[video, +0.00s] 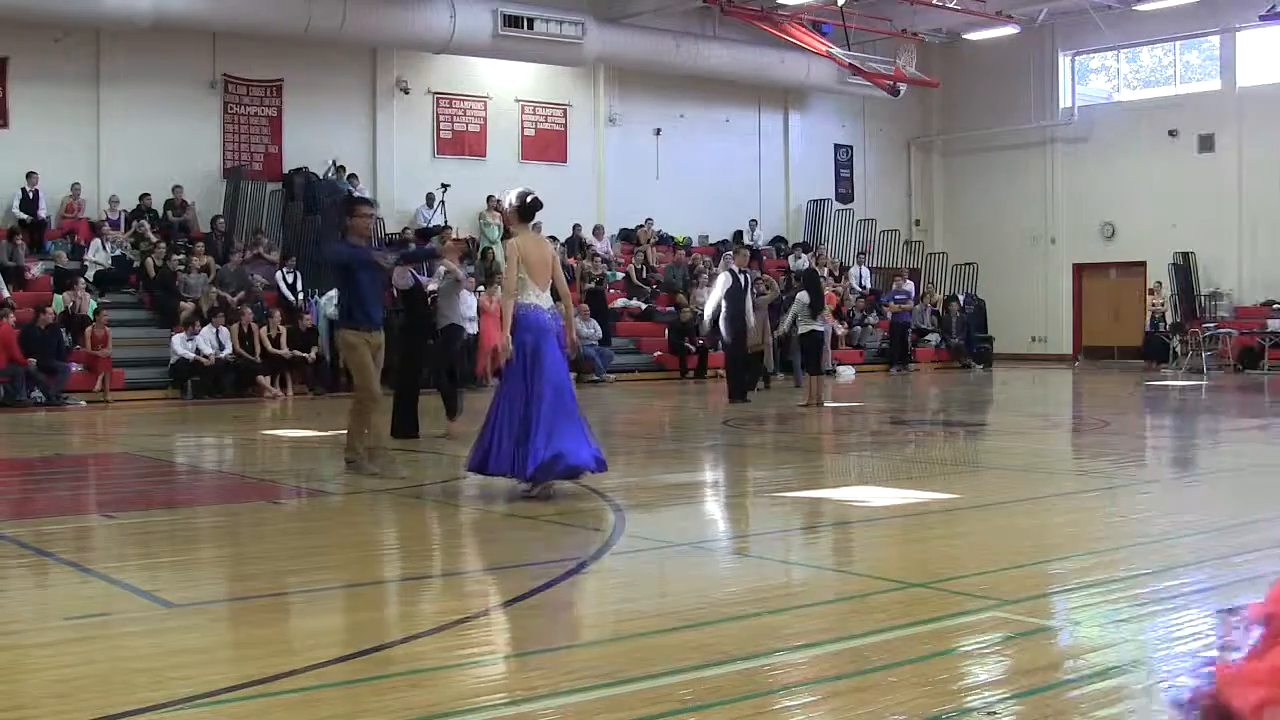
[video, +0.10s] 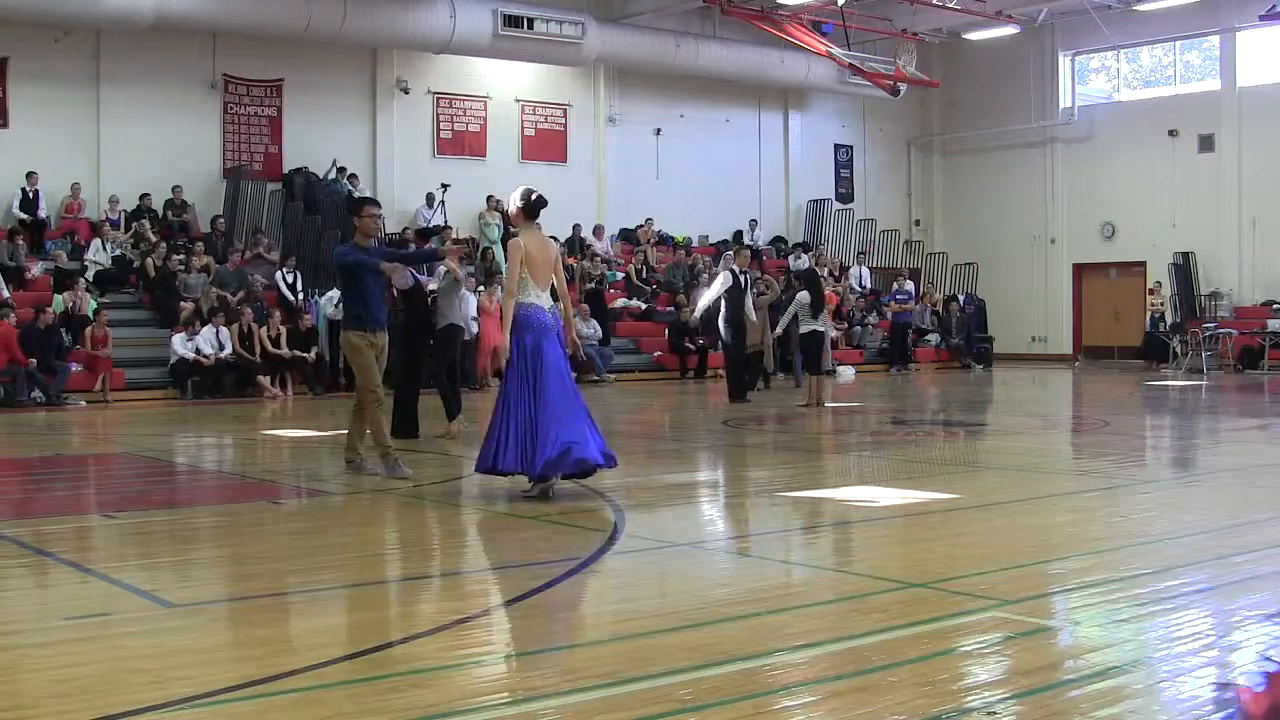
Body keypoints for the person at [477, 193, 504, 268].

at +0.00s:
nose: (494, 203)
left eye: (495, 201)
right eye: (492, 201)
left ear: (496, 203)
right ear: (488, 203)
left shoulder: (499, 215)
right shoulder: (483, 214)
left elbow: (501, 227)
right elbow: (482, 227)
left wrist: (498, 238)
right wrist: (489, 238)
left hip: (496, 240)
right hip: (486, 240)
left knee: (498, 258)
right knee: (486, 257)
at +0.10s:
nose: (493, 204)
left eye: (495, 202)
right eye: (491, 202)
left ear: (496, 203)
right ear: (487, 203)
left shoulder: (498, 214)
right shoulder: (483, 214)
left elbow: (501, 227)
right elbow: (482, 227)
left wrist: (498, 238)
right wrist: (489, 238)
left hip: (496, 239)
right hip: (486, 239)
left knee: (499, 257)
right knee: (486, 256)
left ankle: (501, 275)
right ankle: (485, 275)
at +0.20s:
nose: (493, 204)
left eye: (495, 202)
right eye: (491, 202)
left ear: (496, 203)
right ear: (487, 203)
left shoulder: (498, 214)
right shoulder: (483, 214)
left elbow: (501, 227)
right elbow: (482, 228)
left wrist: (498, 238)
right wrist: (489, 238)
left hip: (496, 239)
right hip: (486, 239)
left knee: (499, 257)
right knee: (486, 257)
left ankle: (501, 275)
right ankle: (486, 275)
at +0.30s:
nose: (493, 204)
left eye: (495, 202)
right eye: (491, 201)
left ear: (496, 203)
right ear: (487, 203)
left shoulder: (498, 214)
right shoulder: (482, 214)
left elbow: (501, 227)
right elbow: (482, 227)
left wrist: (498, 238)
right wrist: (489, 238)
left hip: (496, 240)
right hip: (486, 240)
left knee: (499, 257)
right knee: (486, 257)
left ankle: (501, 276)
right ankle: (485, 276)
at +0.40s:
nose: (493, 204)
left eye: (495, 202)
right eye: (491, 202)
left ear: (496, 203)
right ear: (487, 203)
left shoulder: (498, 215)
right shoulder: (482, 214)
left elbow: (501, 227)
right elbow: (482, 228)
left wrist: (498, 238)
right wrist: (489, 238)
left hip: (496, 239)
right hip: (486, 239)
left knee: (498, 257)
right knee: (486, 257)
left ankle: (500, 275)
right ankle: (486, 276)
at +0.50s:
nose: (493, 204)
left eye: (495, 202)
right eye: (491, 202)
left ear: (496, 203)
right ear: (487, 203)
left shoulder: (498, 215)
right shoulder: (482, 214)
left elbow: (501, 227)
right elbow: (482, 228)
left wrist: (498, 238)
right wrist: (489, 238)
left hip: (496, 240)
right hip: (486, 240)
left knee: (499, 259)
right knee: (486, 259)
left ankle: (501, 276)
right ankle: (486, 276)